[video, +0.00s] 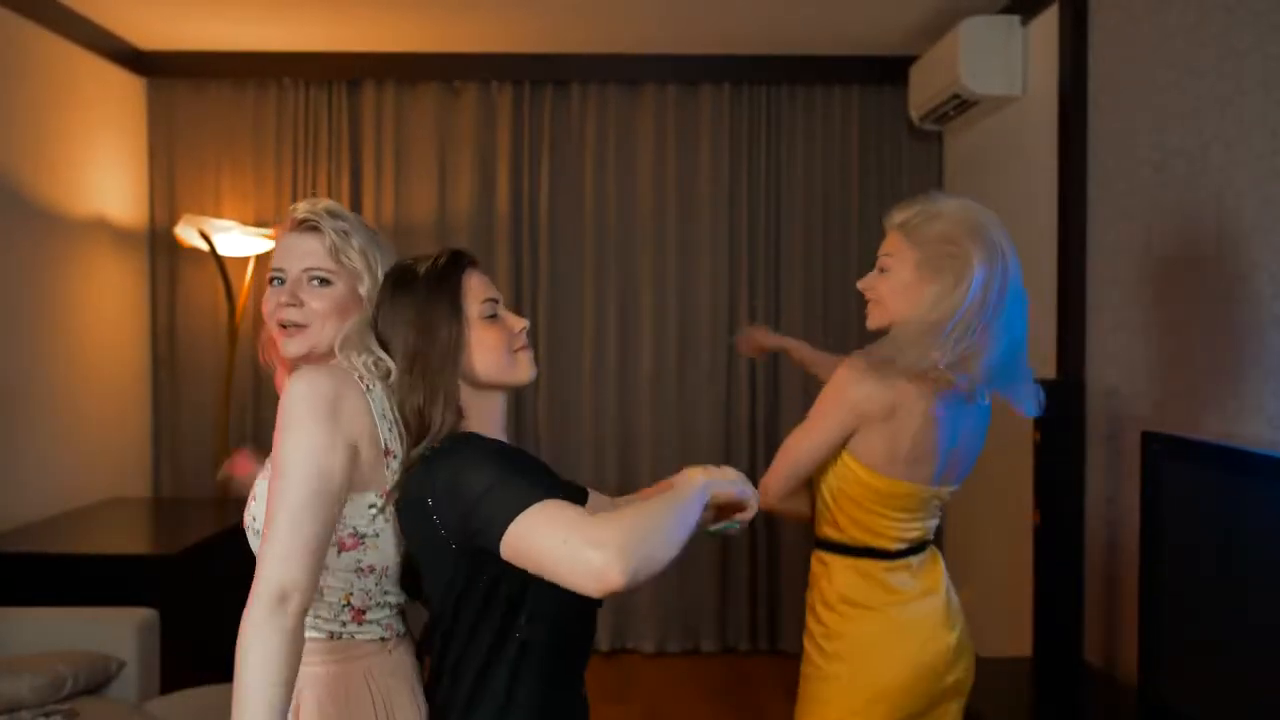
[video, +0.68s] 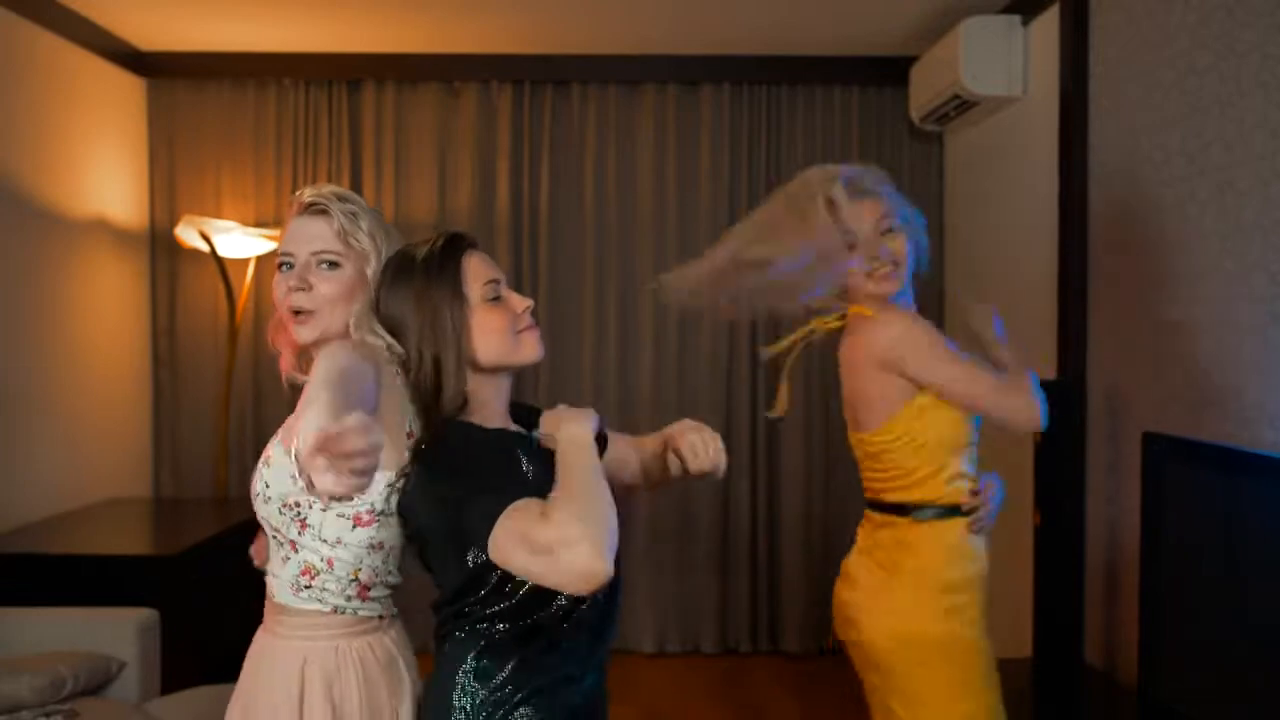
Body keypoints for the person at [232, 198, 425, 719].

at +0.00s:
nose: (288, 298)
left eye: (318, 281)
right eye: (277, 279)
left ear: (369, 297)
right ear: (264, 293)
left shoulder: (318, 390)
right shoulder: (379, 387)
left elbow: (281, 600)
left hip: (328, 681)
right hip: (388, 666)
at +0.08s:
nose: (291, 305)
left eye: (323, 288)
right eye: (281, 287)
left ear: (371, 305)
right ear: (267, 299)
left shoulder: (320, 395)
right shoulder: (385, 393)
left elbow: (276, 602)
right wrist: (246, 526)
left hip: (327, 684)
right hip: (391, 668)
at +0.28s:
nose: (298, 309)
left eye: (329, 292)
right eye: (287, 291)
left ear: (377, 307)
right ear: (274, 302)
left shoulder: (333, 390)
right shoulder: (388, 390)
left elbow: (280, 560)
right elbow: (322, 480)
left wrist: (262, 710)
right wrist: (254, 554)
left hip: (333, 688)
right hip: (384, 675)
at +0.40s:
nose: (298, 301)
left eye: (328, 284)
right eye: (287, 283)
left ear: (378, 298)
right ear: (274, 294)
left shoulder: (334, 376)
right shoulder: (387, 381)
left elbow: (298, 500)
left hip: (337, 672)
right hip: (388, 659)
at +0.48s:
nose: (296, 293)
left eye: (326, 276)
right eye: (285, 275)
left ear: (376, 291)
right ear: (273, 286)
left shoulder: (334, 367)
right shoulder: (383, 375)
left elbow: (309, 459)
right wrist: (290, 545)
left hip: (328, 669)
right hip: (384, 651)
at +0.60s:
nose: (297, 285)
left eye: (327, 267)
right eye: (287, 266)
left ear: (374, 284)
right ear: (274, 279)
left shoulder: (339, 358)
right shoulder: (378, 365)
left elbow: (321, 424)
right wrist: (282, 521)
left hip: (317, 661)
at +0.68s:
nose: (297, 282)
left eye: (327, 264)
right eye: (287, 264)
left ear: (374, 280)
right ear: (275, 277)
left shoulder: (347, 358)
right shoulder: (368, 361)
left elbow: (334, 415)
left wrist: (328, 456)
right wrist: (283, 534)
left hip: (317, 658)